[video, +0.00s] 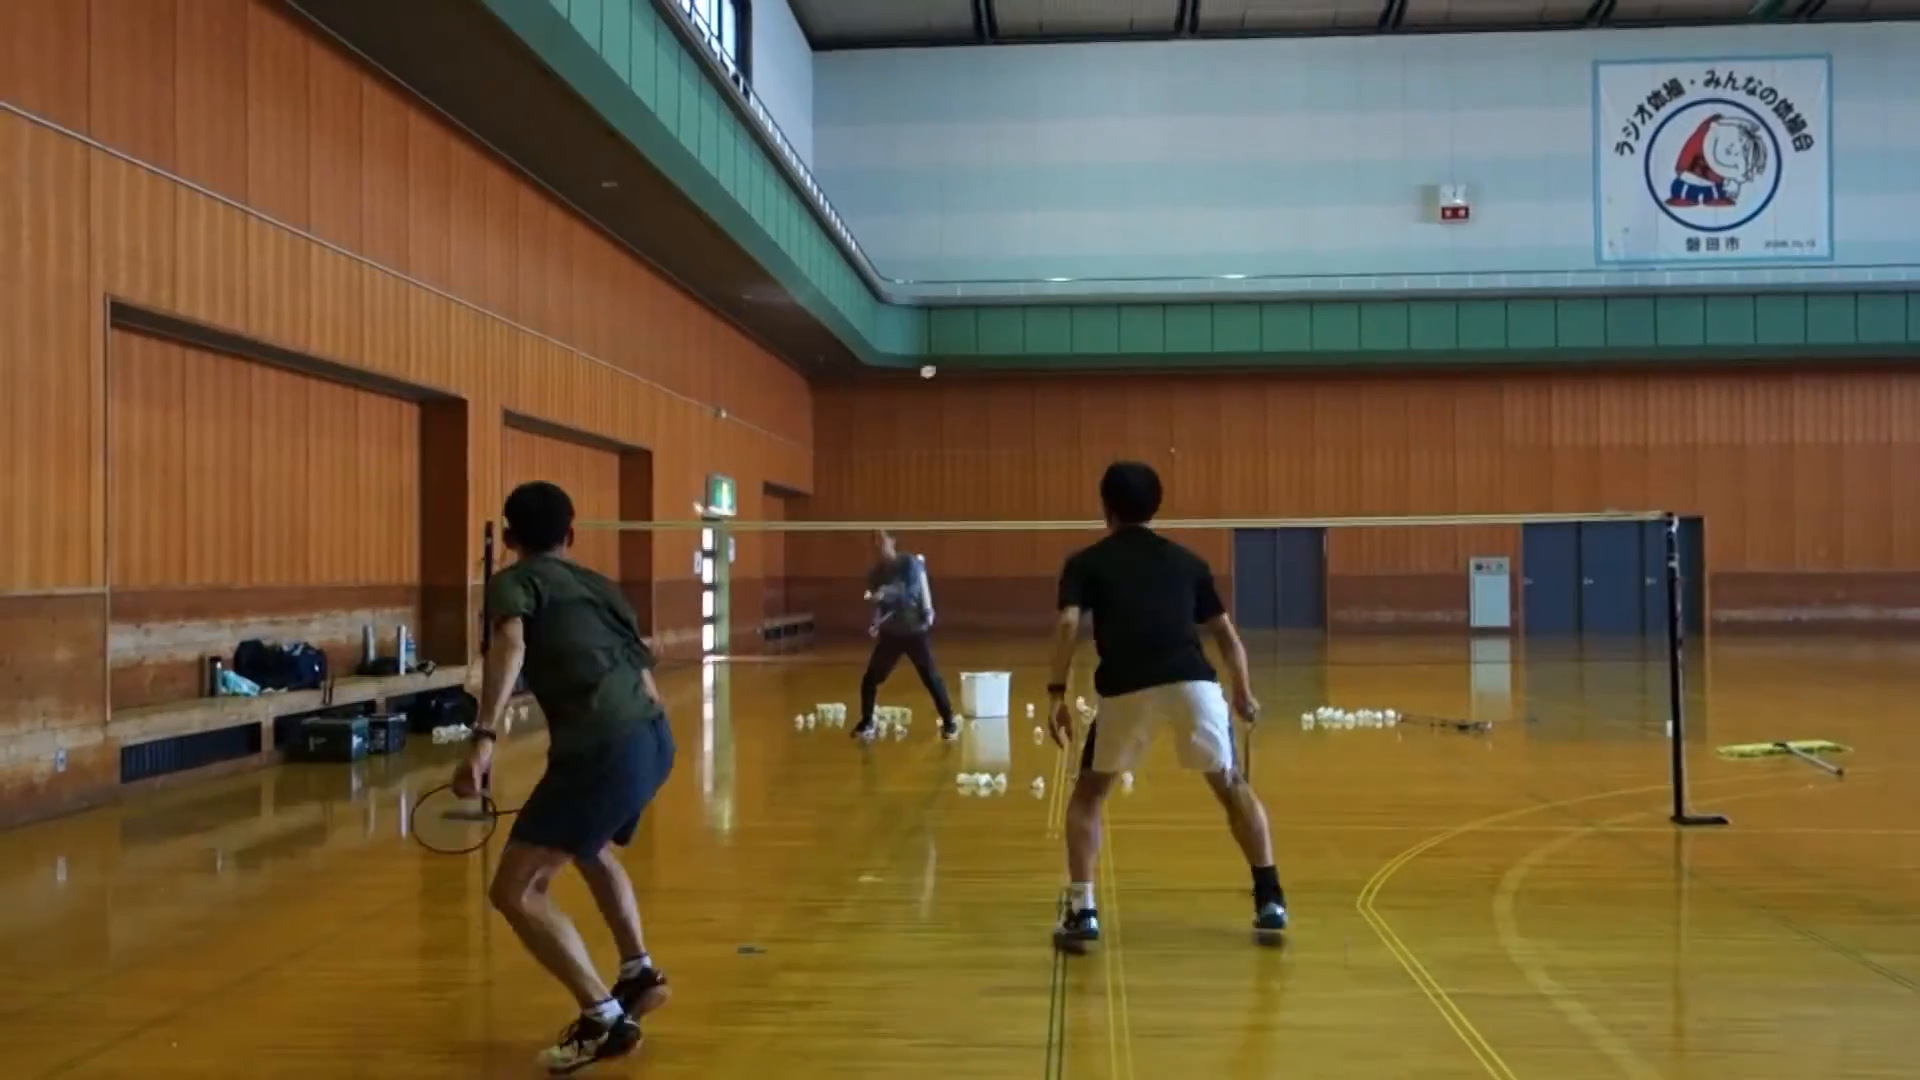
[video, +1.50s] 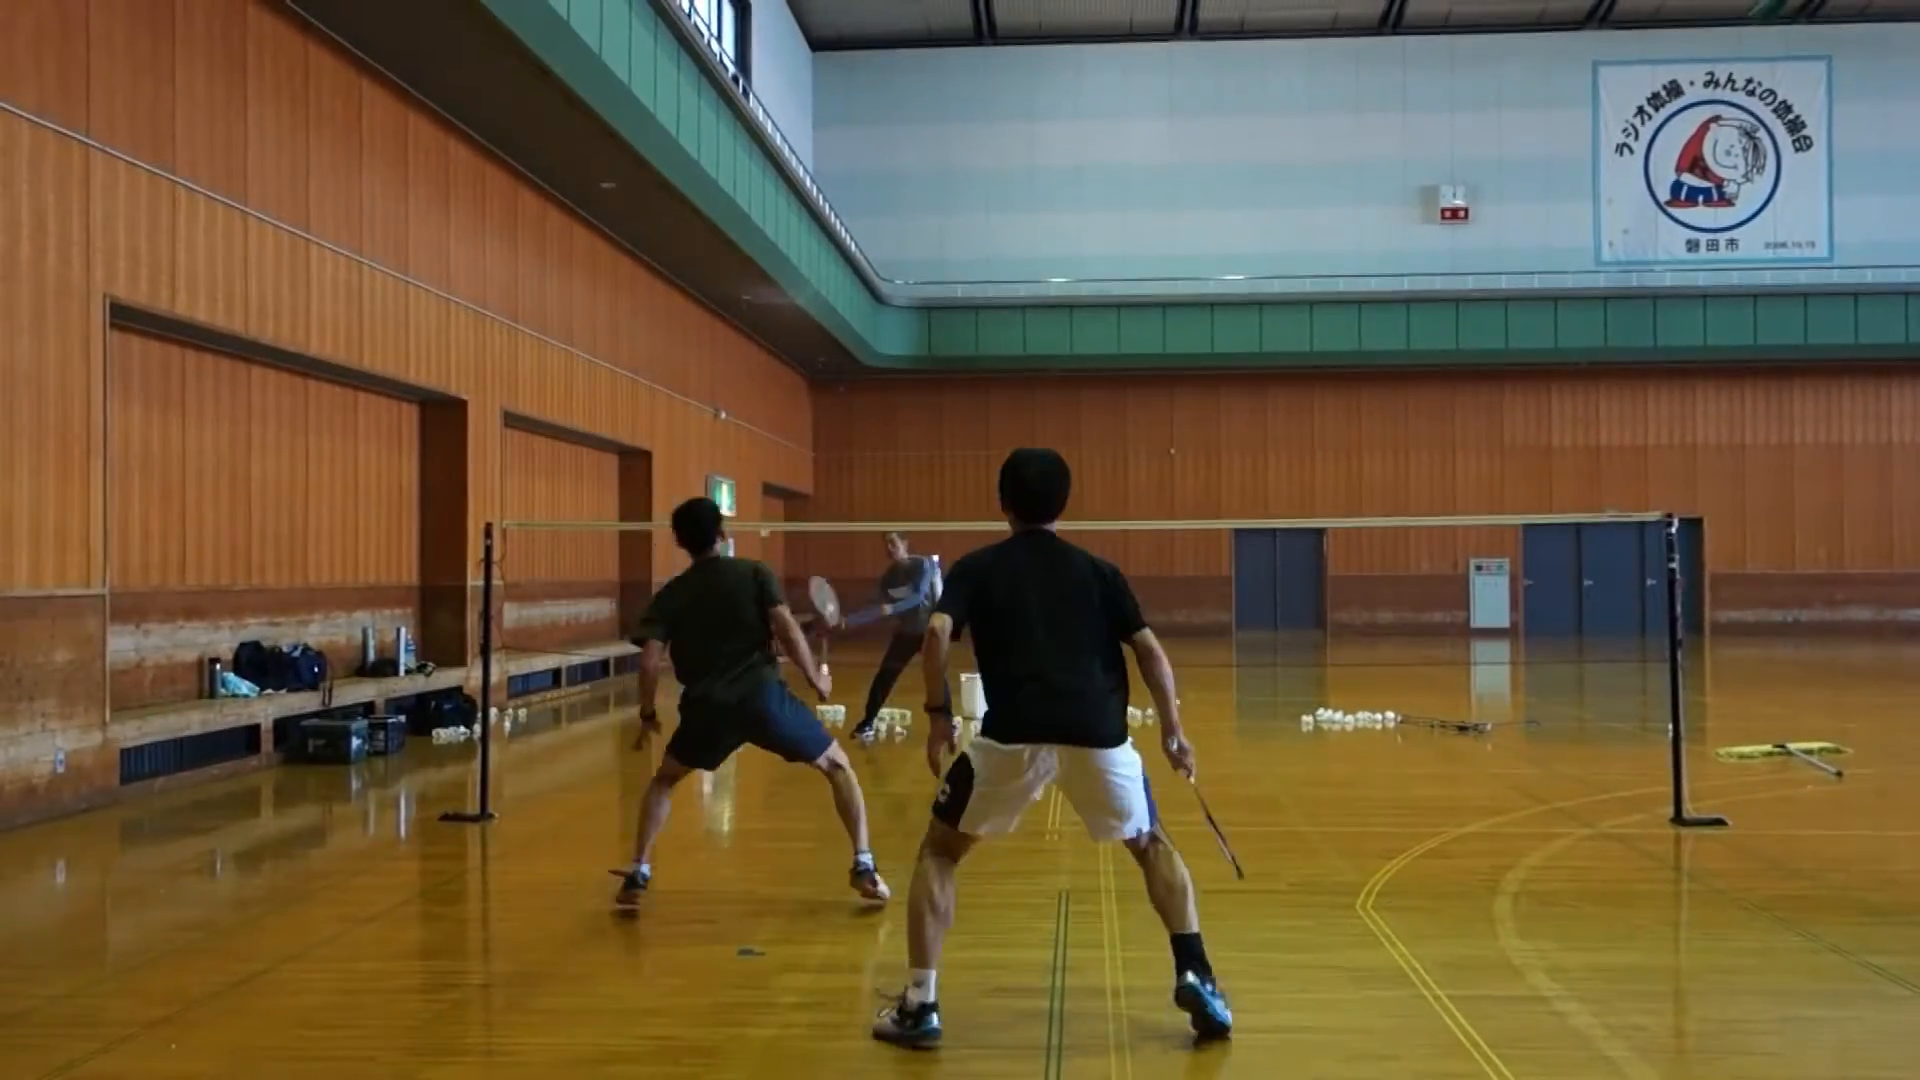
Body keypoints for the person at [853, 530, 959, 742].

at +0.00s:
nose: (881, 547)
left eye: (884, 541)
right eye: (878, 542)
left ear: (893, 542)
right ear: (874, 546)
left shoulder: (910, 563)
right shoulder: (877, 573)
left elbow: (911, 592)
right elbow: (880, 602)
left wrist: (882, 594)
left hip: (914, 630)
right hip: (890, 632)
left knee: (930, 677)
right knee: (870, 680)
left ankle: (949, 721)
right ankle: (867, 722)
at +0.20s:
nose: (878, 549)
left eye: (881, 544)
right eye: (874, 545)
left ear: (891, 544)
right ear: (873, 550)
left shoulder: (906, 564)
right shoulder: (881, 573)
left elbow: (896, 587)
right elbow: (880, 607)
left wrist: (872, 564)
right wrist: (857, 610)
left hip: (915, 633)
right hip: (893, 634)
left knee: (930, 679)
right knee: (871, 680)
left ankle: (948, 721)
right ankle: (867, 722)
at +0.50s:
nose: (888, 551)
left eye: (891, 546)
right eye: (886, 548)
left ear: (901, 546)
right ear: (884, 551)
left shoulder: (918, 563)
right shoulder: (888, 574)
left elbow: (916, 588)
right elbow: (871, 593)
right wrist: (837, 590)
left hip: (922, 632)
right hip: (898, 633)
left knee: (933, 677)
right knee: (876, 678)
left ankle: (949, 720)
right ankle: (867, 721)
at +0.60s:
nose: (889, 549)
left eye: (892, 544)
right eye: (886, 545)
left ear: (901, 544)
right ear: (884, 549)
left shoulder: (921, 565)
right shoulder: (885, 575)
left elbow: (932, 594)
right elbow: (877, 597)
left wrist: (914, 615)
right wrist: (871, 615)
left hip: (923, 635)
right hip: (897, 635)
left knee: (932, 678)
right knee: (875, 680)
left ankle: (948, 722)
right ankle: (867, 723)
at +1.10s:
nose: (881, 547)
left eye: (884, 542)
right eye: (878, 544)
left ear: (896, 543)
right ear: (876, 547)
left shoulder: (911, 564)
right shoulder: (885, 574)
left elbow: (922, 594)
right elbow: (887, 607)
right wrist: (865, 617)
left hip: (919, 633)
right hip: (897, 633)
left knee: (917, 679)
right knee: (876, 678)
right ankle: (868, 722)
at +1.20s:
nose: (881, 547)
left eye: (885, 543)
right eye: (878, 543)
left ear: (896, 543)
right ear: (876, 546)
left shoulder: (908, 564)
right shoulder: (885, 570)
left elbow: (908, 592)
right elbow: (887, 601)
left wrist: (880, 578)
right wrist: (861, 610)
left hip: (916, 631)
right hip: (898, 631)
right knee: (879, 677)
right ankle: (867, 722)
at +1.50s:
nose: (890, 548)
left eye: (893, 543)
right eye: (887, 544)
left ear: (905, 543)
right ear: (886, 547)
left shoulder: (923, 565)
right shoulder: (888, 579)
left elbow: (920, 596)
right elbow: (883, 609)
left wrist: (893, 608)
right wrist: (849, 621)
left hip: (931, 629)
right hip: (907, 631)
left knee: (937, 674)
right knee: (886, 675)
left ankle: (948, 722)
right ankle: (868, 721)